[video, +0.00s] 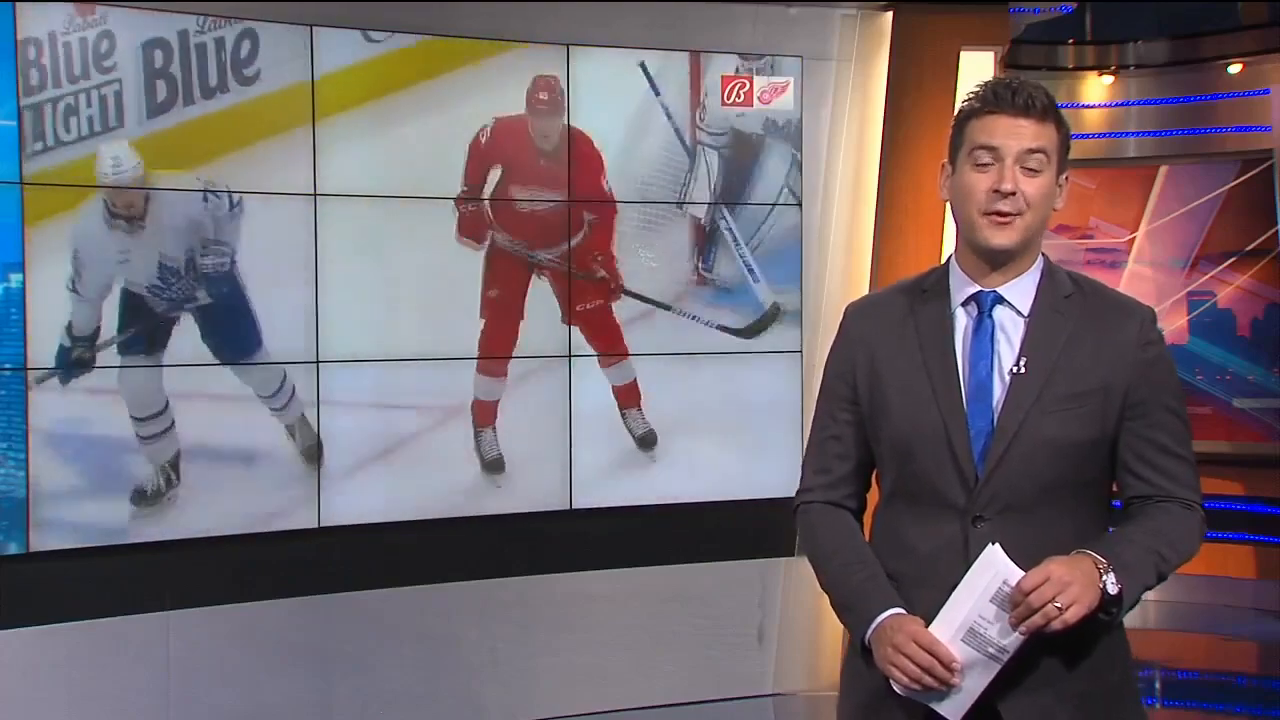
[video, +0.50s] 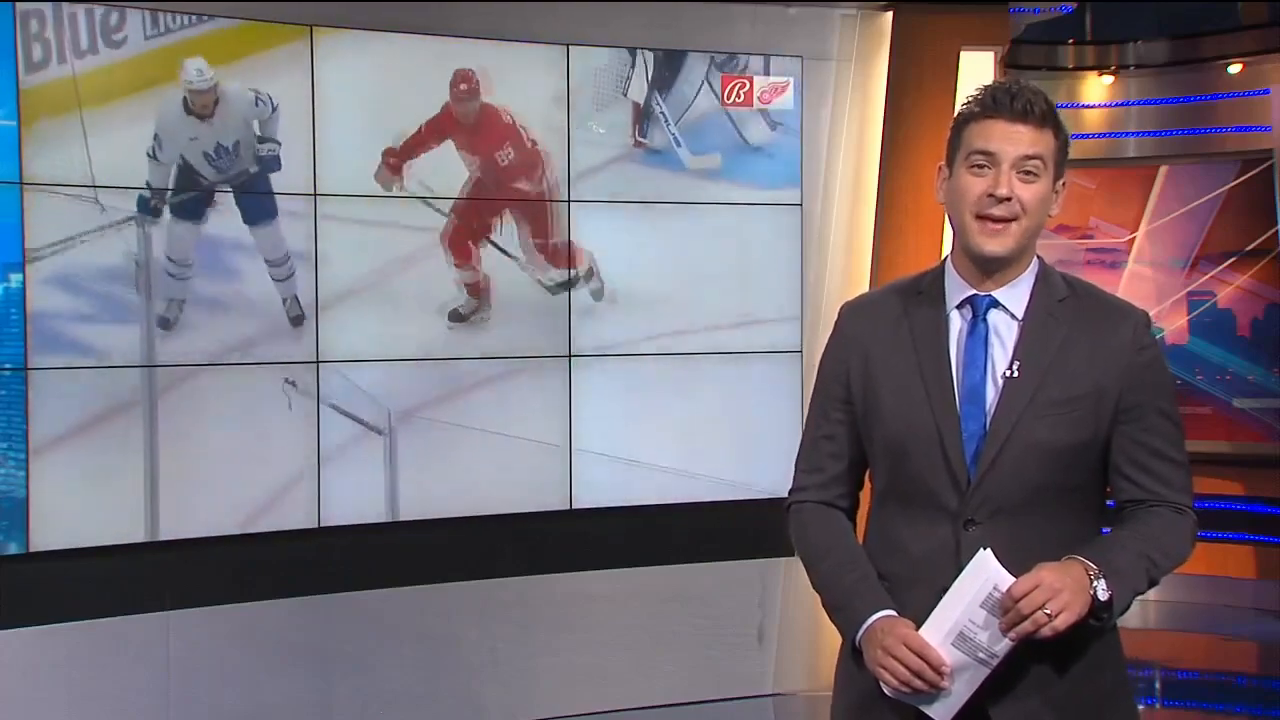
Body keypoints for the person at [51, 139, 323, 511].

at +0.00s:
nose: (125, 198)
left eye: (130, 187)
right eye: (115, 190)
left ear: (143, 181)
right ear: (103, 191)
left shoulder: (182, 197)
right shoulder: (91, 230)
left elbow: (229, 209)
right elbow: (86, 292)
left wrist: (218, 260)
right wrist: (79, 343)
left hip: (206, 281)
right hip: (145, 294)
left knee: (248, 360)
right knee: (136, 379)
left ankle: (297, 423)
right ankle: (164, 468)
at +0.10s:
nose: (138, 173)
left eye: (143, 161)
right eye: (128, 166)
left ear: (155, 156)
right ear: (116, 166)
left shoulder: (190, 168)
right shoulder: (105, 203)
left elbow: (234, 179)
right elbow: (99, 261)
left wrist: (223, 239)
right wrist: (93, 309)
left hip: (215, 252)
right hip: (159, 265)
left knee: (252, 335)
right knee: (150, 347)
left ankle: (294, 379)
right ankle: (175, 428)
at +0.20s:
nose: (159, 142)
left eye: (164, 132)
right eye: (150, 135)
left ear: (175, 127)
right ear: (139, 135)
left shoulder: (207, 138)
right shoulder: (128, 170)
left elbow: (249, 145)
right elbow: (126, 223)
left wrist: (245, 194)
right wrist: (121, 266)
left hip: (235, 216)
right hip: (181, 228)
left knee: (266, 289)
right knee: (169, 300)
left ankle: (295, 352)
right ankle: (188, 373)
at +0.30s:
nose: (190, 113)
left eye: (194, 105)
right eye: (182, 108)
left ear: (203, 101)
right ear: (170, 108)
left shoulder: (232, 112)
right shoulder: (156, 142)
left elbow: (267, 121)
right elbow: (151, 193)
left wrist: (264, 168)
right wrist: (143, 234)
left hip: (251, 187)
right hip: (200, 196)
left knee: (276, 261)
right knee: (184, 272)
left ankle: (298, 332)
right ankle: (194, 341)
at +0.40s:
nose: (200, 106)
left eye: (205, 97)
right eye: (193, 100)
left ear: (214, 93)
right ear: (182, 100)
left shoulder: (243, 105)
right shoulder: (168, 131)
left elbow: (273, 115)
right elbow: (160, 176)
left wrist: (271, 153)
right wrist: (155, 213)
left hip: (253, 176)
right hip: (204, 183)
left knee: (275, 245)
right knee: (190, 251)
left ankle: (296, 312)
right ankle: (192, 314)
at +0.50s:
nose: (204, 99)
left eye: (209, 91)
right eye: (197, 94)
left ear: (216, 88)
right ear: (186, 93)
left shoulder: (238, 100)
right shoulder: (171, 117)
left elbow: (270, 109)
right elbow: (159, 159)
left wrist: (270, 145)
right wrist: (156, 196)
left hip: (245, 168)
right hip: (196, 173)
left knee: (268, 233)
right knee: (179, 234)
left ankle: (289, 297)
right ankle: (174, 300)